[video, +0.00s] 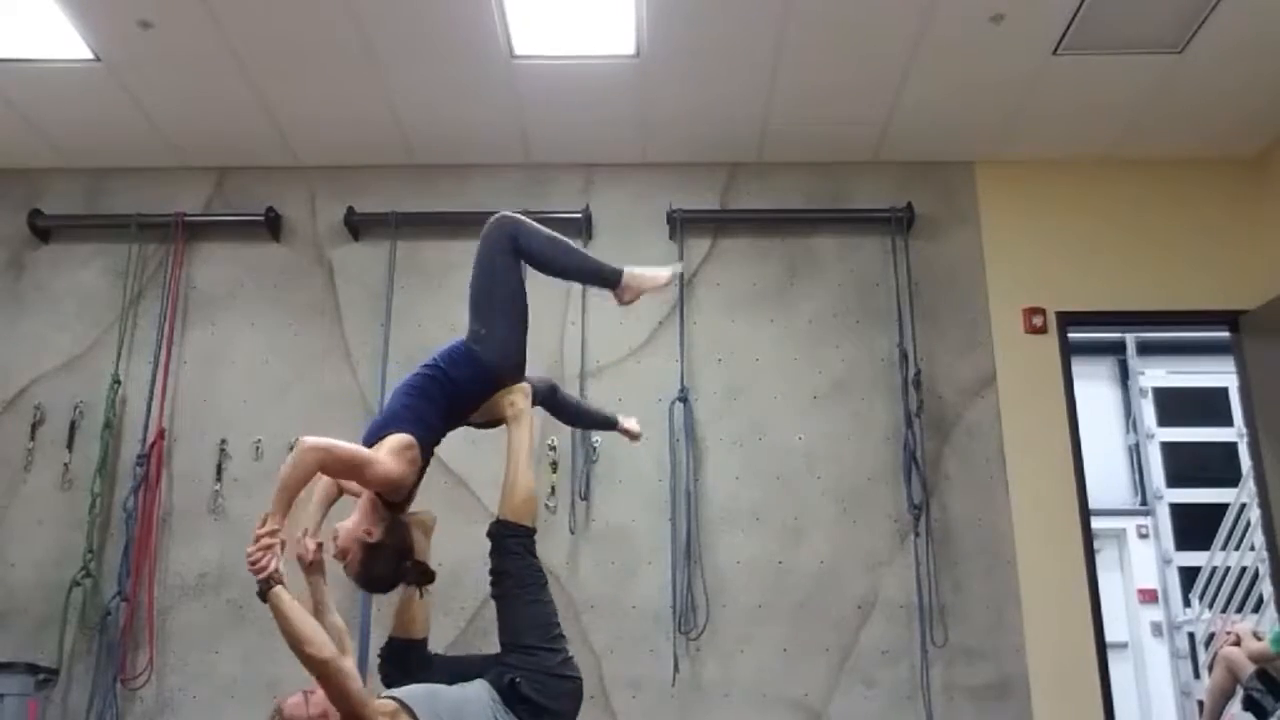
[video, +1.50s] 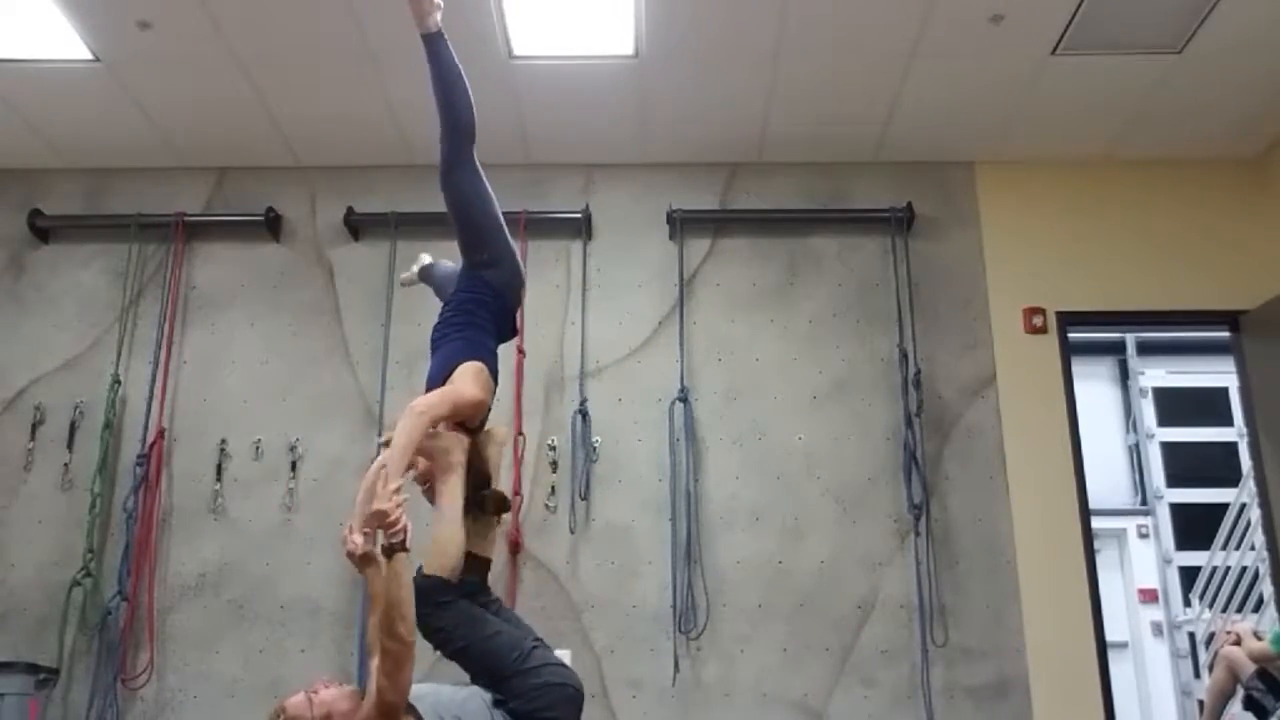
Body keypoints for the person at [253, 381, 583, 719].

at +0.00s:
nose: (310, 692)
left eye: (304, 696)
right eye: (306, 703)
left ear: (320, 700)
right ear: (318, 716)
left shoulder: (366, 705)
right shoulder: (372, 713)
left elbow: (339, 651)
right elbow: (326, 659)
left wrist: (314, 580)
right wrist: (269, 586)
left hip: (512, 686)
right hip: (541, 691)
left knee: (404, 669)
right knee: (512, 546)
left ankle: (419, 542)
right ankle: (520, 415)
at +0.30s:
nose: (312, 693)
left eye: (305, 696)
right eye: (310, 707)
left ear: (322, 690)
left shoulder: (374, 704)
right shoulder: (379, 715)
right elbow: (351, 650)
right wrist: (311, 580)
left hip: (512, 682)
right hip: (540, 696)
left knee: (400, 664)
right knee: (524, 540)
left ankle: (434, 539)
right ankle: (540, 413)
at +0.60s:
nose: (313, 694)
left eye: (304, 695)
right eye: (310, 710)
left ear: (316, 687)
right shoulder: (376, 711)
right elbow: (362, 640)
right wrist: (344, 553)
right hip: (539, 699)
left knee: (405, 658)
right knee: (519, 548)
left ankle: (443, 534)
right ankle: (529, 412)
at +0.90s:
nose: (320, 688)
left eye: (310, 693)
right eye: (314, 703)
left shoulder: (376, 702)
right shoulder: (381, 710)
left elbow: (370, 630)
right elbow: (377, 629)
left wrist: (350, 543)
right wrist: (356, 540)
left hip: (516, 689)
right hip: (549, 700)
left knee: (429, 628)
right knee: (522, 557)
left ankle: (468, 501)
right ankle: (528, 429)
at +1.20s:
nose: (321, 685)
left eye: (307, 690)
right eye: (310, 700)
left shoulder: (377, 699)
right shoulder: (379, 712)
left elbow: (382, 636)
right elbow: (390, 635)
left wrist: (374, 556)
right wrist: (377, 556)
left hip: (518, 699)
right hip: (547, 706)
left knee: (477, 574)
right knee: (469, 576)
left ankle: (489, 495)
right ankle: (543, 467)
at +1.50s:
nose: (320, 687)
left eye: (309, 691)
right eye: (313, 702)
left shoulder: (381, 700)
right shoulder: (381, 711)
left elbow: (381, 643)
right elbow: (401, 640)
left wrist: (372, 569)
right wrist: (397, 549)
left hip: (521, 698)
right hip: (545, 701)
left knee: (467, 590)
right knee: (428, 594)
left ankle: (486, 475)